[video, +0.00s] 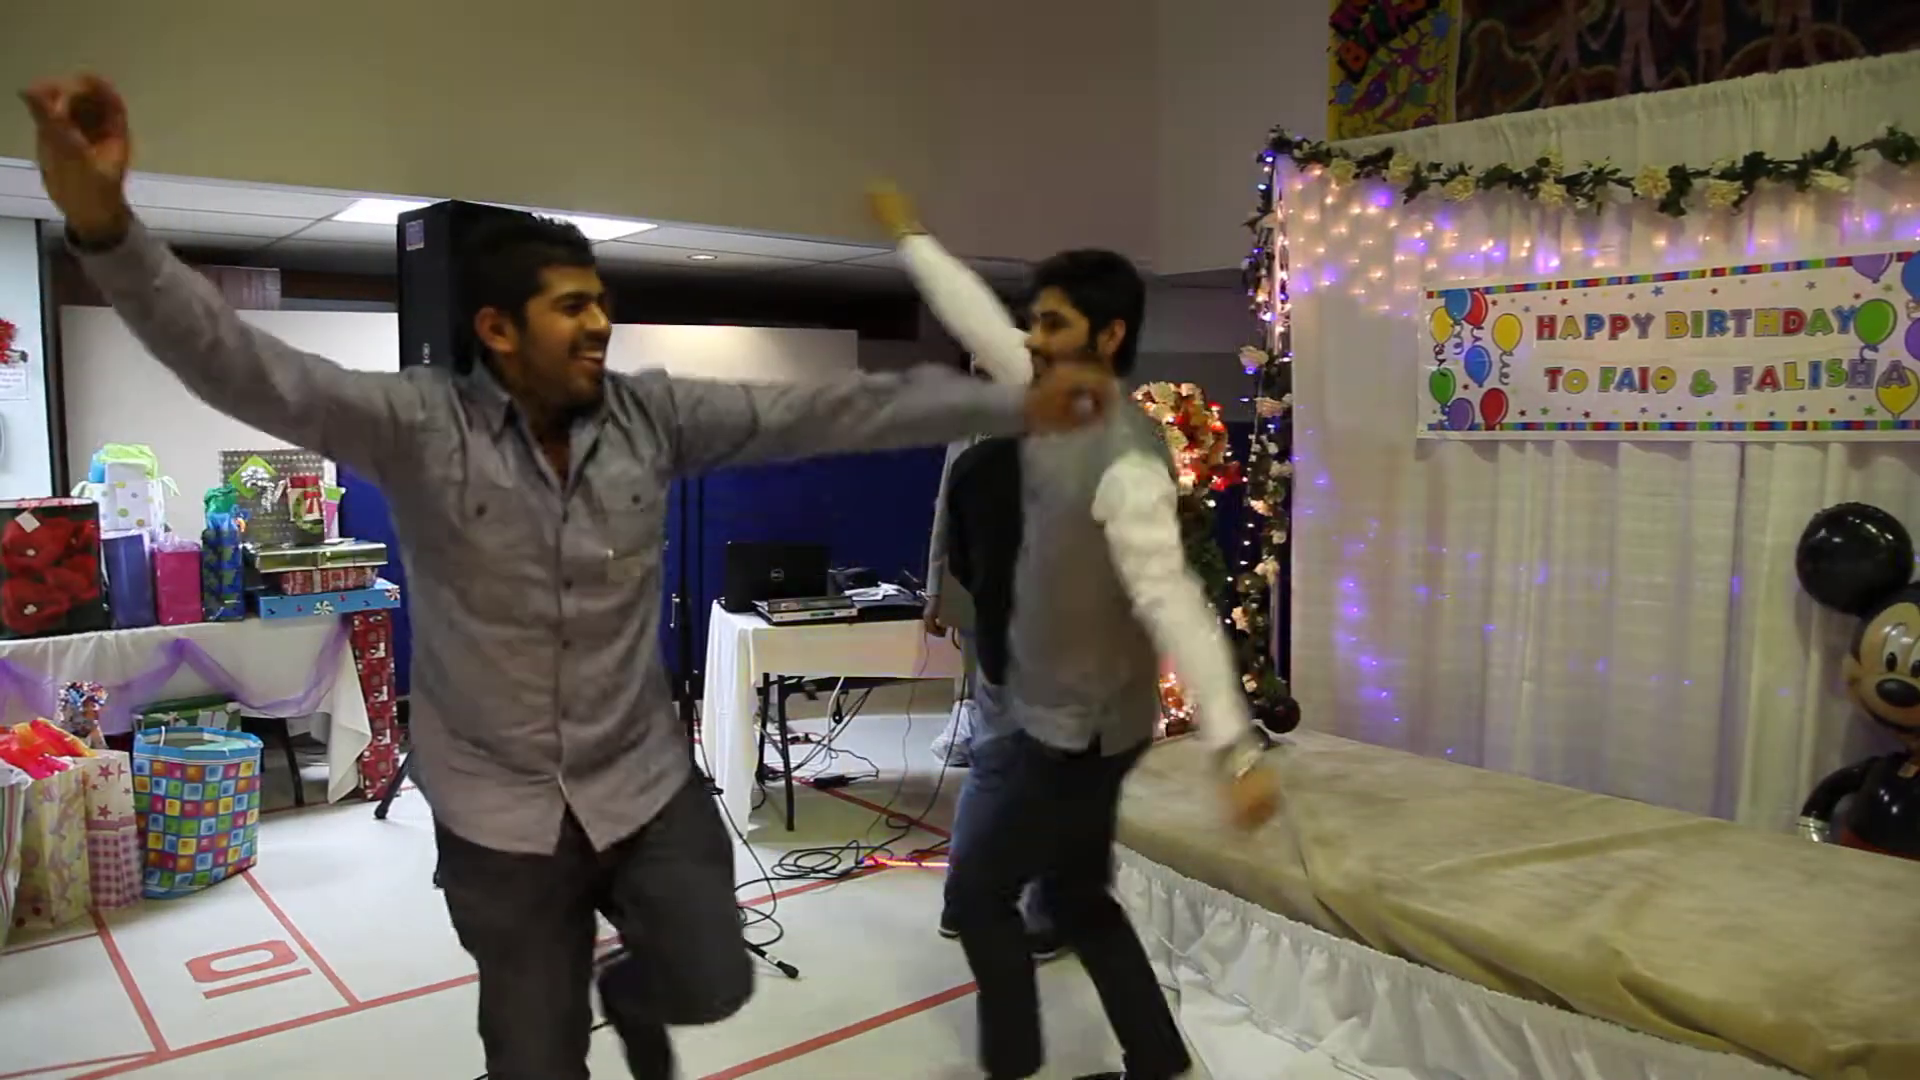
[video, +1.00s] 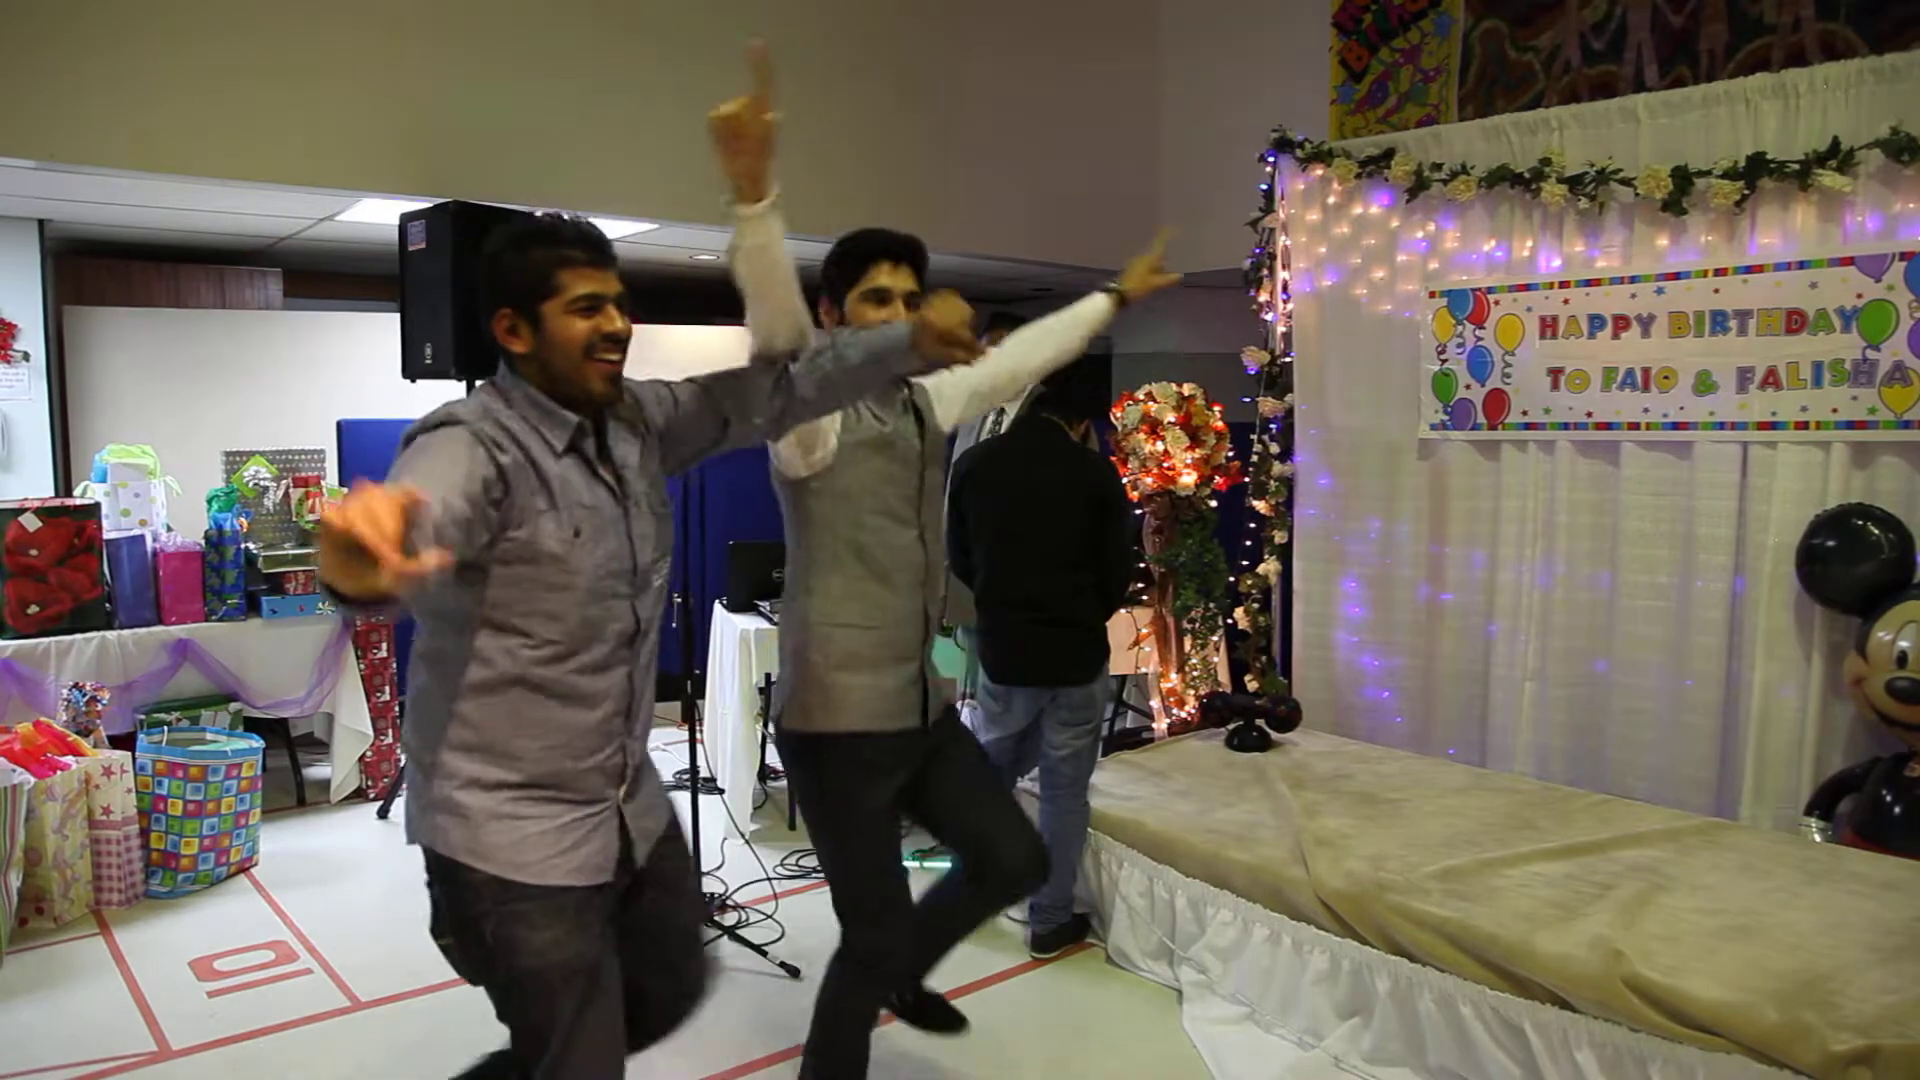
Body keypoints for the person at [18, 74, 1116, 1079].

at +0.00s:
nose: (599, 330)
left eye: (602, 309)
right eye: (572, 312)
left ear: (604, 324)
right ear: (494, 331)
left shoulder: (653, 415)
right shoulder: (416, 423)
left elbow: (835, 409)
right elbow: (246, 370)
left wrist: (1019, 401)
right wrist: (108, 232)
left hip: (649, 782)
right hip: (499, 809)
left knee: (711, 979)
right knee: (537, 1060)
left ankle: (621, 998)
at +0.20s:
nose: (628, 338)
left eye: (631, 318)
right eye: (601, 321)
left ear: (630, 336)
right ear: (524, 341)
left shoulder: (684, 439)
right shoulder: (445, 433)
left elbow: (852, 506)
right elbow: (284, 409)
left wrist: (1032, 556)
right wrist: (171, 286)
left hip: (672, 793)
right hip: (520, 816)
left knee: (768, 1034)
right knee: (553, 1062)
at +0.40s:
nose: (672, 388)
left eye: (673, 368)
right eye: (644, 370)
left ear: (677, 381)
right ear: (570, 394)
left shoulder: (730, 501)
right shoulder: (494, 500)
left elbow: (873, 612)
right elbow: (310, 514)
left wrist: (1005, 670)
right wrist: (266, 362)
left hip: (738, 853)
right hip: (581, 877)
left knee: (840, 1061)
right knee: (591, 1078)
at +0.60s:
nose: (688, 368)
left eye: (687, 345)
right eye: (659, 351)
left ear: (688, 359)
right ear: (581, 371)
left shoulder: (749, 461)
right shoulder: (509, 477)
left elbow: (905, 495)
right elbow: (347, 454)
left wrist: (1060, 488)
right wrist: (242, 325)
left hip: (740, 835)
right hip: (588, 859)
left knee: (841, 1056)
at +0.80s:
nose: (648, 340)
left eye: (651, 320)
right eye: (621, 319)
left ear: (653, 336)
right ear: (543, 336)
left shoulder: (677, 423)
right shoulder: (488, 439)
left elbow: (827, 419)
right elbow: (387, 469)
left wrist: (989, 401)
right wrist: (286, 437)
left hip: (660, 788)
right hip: (531, 827)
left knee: (775, 974)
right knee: (587, 1061)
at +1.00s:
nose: (615, 326)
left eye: (619, 307)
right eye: (586, 309)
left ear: (625, 315)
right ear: (514, 335)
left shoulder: (642, 420)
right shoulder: (474, 442)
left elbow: (775, 391)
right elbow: (421, 505)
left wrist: (910, 340)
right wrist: (371, 555)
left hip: (622, 797)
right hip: (505, 830)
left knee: (667, 987)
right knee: (578, 1056)